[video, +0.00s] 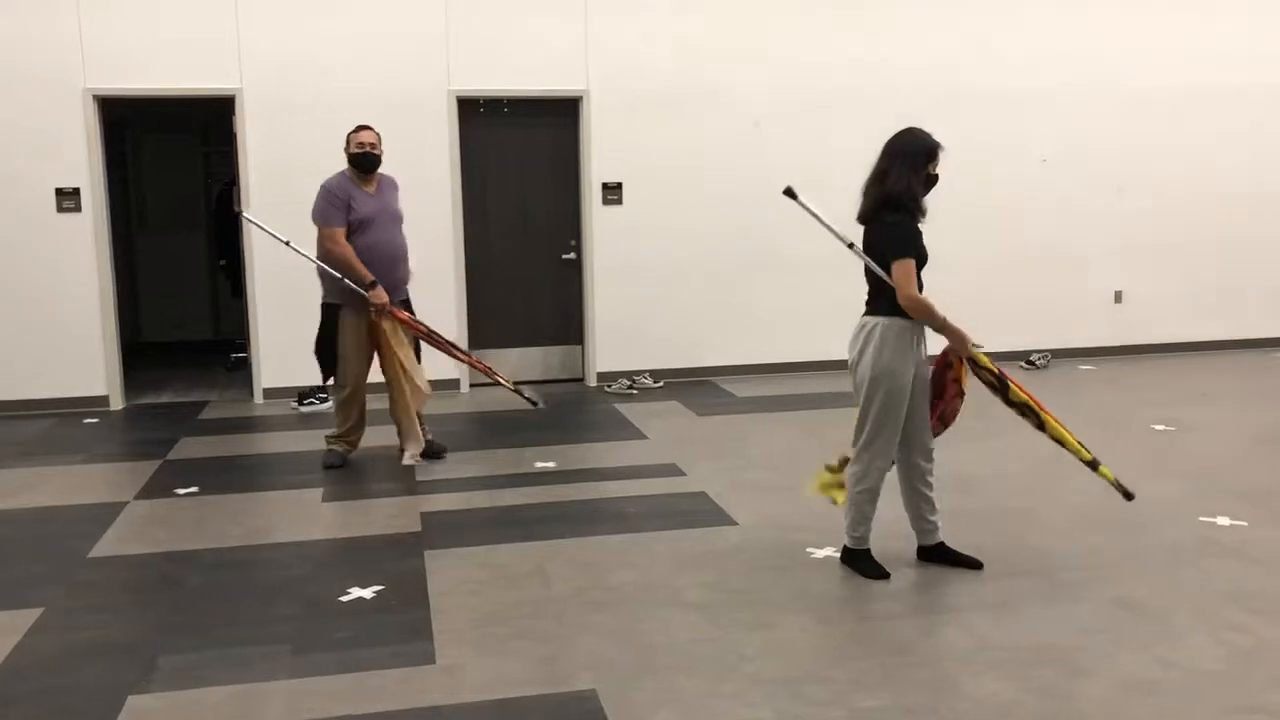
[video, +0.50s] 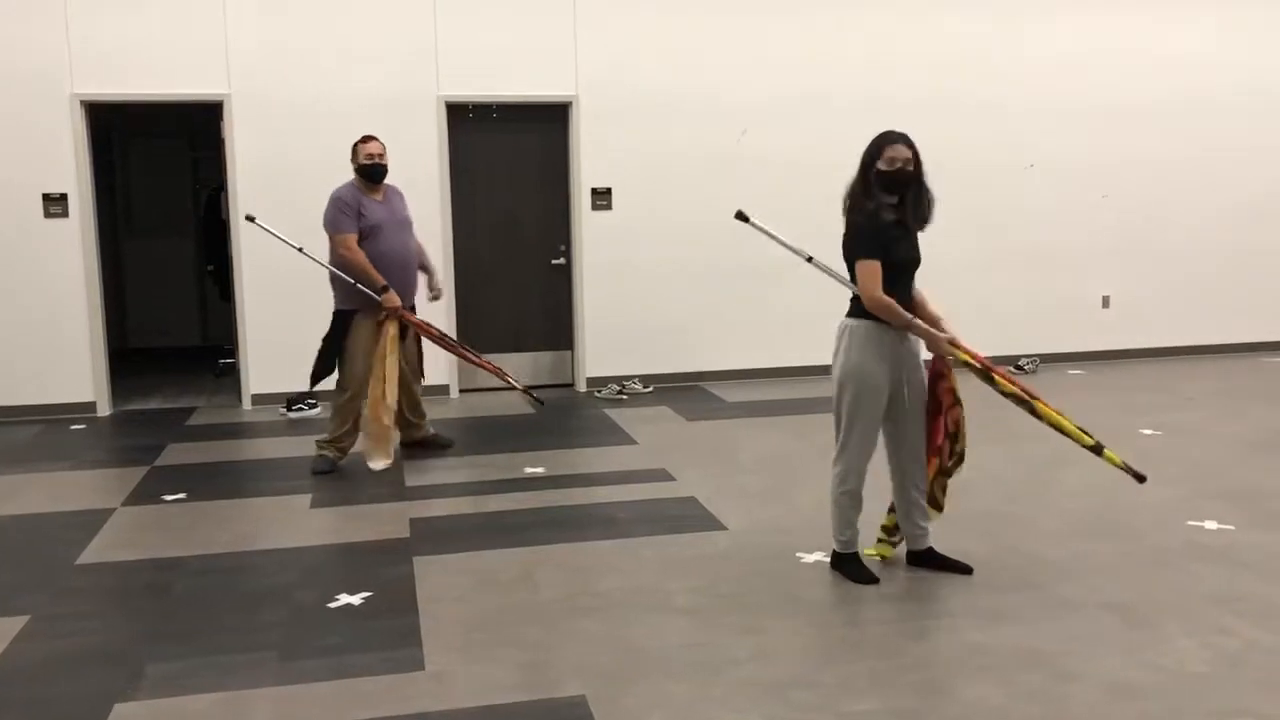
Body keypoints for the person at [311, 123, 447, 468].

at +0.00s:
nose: (367, 150)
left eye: (373, 146)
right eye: (359, 146)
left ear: (382, 152)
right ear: (347, 152)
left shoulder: (389, 185)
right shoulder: (334, 190)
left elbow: (390, 236)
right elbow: (332, 245)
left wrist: (397, 283)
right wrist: (371, 285)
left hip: (395, 296)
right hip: (349, 299)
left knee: (406, 372)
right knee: (349, 378)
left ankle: (416, 439)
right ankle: (340, 444)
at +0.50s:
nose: (375, 161)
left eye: (380, 156)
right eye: (368, 157)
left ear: (387, 161)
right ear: (354, 163)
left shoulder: (395, 195)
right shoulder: (343, 199)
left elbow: (406, 238)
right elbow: (345, 251)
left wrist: (429, 270)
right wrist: (383, 289)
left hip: (401, 303)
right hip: (360, 307)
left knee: (409, 373)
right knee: (353, 382)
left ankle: (414, 434)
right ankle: (332, 450)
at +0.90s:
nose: (407, 167)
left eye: (410, 162)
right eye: (400, 162)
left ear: (414, 162)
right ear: (381, 162)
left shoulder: (420, 192)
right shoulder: (365, 196)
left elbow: (451, 224)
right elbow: (366, 247)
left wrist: (433, 194)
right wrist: (404, 284)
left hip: (416, 296)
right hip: (379, 297)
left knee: (415, 366)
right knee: (383, 369)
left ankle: (409, 432)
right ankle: (378, 443)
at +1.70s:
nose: (456, 181)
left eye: (460, 176)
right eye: (450, 175)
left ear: (467, 178)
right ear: (436, 176)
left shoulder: (472, 206)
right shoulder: (421, 208)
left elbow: (504, 232)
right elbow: (421, 254)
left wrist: (477, 197)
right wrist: (457, 285)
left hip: (480, 303)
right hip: (439, 306)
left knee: (480, 369)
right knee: (426, 377)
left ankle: (476, 430)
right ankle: (401, 447)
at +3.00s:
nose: (474, 144)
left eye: (476, 139)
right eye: (468, 139)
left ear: (475, 140)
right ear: (450, 138)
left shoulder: (473, 168)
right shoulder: (427, 169)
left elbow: (492, 211)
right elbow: (428, 218)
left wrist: (492, 187)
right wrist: (470, 248)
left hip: (474, 269)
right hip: (439, 271)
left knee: (479, 337)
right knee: (431, 343)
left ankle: (485, 397)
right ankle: (411, 405)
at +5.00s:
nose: (422, 109)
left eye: (425, 105)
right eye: (414, 106)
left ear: (430, 113)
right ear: (400, 117)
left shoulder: (438, 146)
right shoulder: (389, 149)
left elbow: (452, 191)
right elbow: (387, 200)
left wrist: (471, 227)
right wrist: (430, 225)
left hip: (439, 248)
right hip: (402, 251)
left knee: (444, 315)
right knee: (397, 323)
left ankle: (450, 378)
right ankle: (379, 389)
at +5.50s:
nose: (422, 111)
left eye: (426, 107)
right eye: (414, 108)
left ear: (431, 113)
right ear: (400, 116)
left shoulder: (439, 147)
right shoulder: (389, 148)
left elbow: (457, 190)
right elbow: (390, 197)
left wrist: (468, 216)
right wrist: (440, 215)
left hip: (442, 249)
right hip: (402, 252)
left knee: (447, 317)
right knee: (396, 325)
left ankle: (452, 378)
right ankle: (379, 389)